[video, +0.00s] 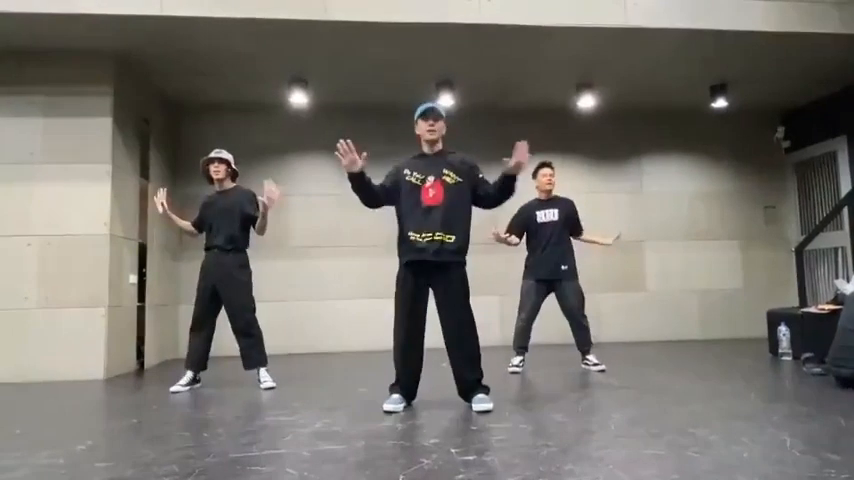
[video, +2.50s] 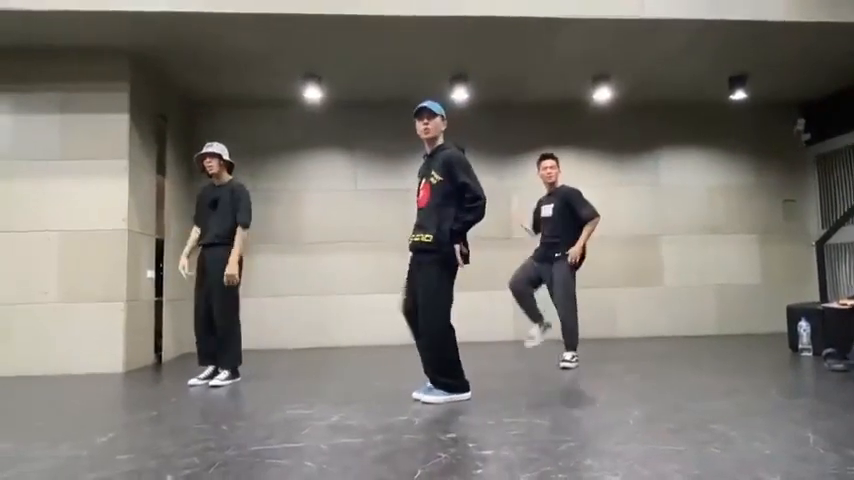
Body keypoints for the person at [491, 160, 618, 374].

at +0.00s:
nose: (549, 179)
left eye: (551, 176)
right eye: (544, 176)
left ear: (555, 180)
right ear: (535, 181)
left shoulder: (567, 205)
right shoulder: (527, 210)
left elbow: (577, 234)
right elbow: (515, 238)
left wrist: (602, 241)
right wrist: (504, 239)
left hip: (564, 273)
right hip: (536, 274)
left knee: (577, 313)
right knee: (525, 316)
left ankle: (587, 355)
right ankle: (518, 356)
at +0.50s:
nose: (538, 176)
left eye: (541, 172)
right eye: (533, 174)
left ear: (547, 176)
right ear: (529, 181)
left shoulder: (562, 203)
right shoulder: (524, 206)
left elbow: (571, 232)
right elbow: (513, 236)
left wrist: (597, 233)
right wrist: (505, 232)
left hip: (562, 269)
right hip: (534, 270)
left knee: (576, 309)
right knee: (524, 313)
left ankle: (585, 354)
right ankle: (512, 354)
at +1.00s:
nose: (550, 175)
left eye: (553, 172)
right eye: (546, 172)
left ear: (558, 175)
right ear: (538, 176)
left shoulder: (567, 203)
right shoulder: (528, 203)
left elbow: (578, 231)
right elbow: (518, 233)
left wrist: (604, 231)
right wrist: (508, 230)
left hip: (568, 268)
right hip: (539, 270)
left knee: (582, 309)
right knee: (532, 311)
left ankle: (590, 352)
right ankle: (525, 353)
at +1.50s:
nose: (548, 174)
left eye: (551, 171)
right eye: (543, 171)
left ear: (555, 176)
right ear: (535, 177)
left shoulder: (564, 201)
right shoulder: (525, 200)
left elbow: (591, 217)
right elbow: (511, 209)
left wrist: (577, 203)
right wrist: (508, 208)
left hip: (559, 267)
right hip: (531, 269)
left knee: (571, 307)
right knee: (529, 311)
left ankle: (582, 346)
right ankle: (538, 353)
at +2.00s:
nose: (544, 176)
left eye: (547, 172)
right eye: (540, 173)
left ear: (553, 175)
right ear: (533, 178)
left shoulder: (561, 198)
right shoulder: (536, 204)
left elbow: (566, 229)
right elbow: (535, 236)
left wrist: (566, 258)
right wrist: (530, 258)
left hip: (551, 263)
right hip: (531, 263)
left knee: (553, 308)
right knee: (533, 308)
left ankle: (564, 353)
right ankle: (544, 351)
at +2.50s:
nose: (549, 172)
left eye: (552, 167)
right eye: (545, 168)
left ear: (559, 170)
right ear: (539, 173)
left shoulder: (570, 194)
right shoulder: (542, 202)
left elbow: (593, 218)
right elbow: (539, 231)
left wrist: (579, 246)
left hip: (562, 258)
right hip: (541, 257)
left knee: (565, 305)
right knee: (517, 284)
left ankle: (570, 352)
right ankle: (540, 324)